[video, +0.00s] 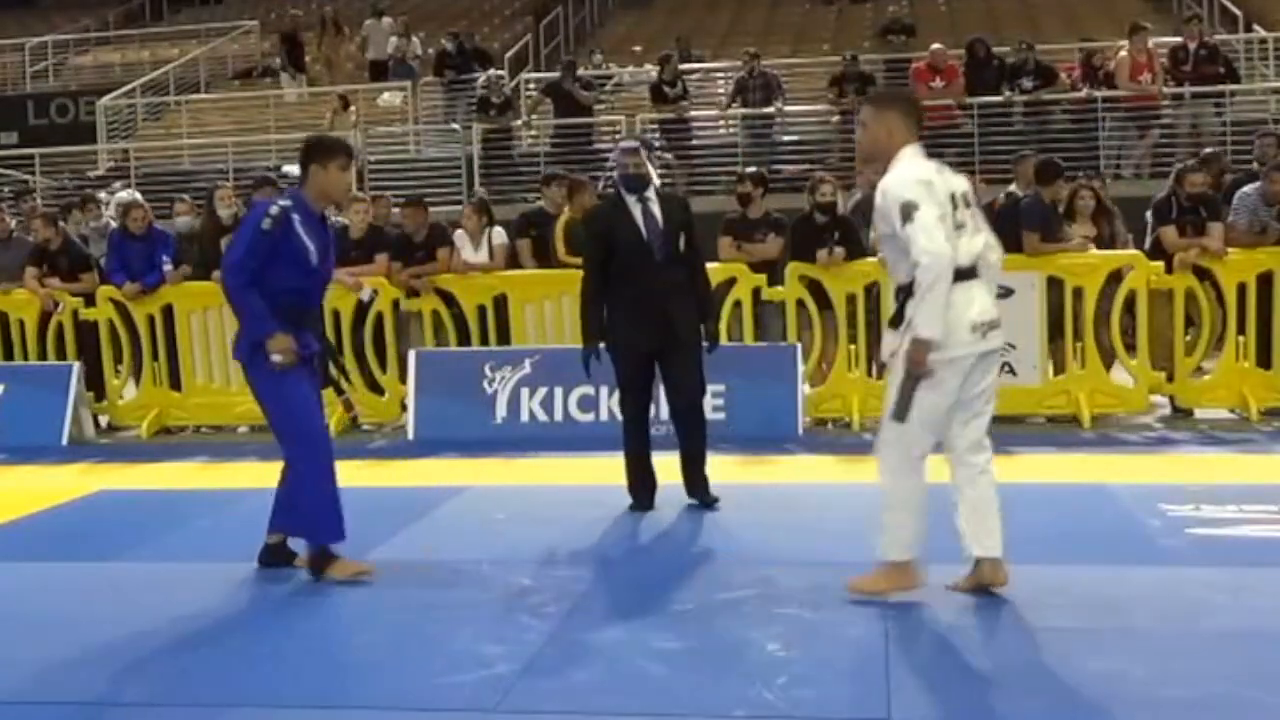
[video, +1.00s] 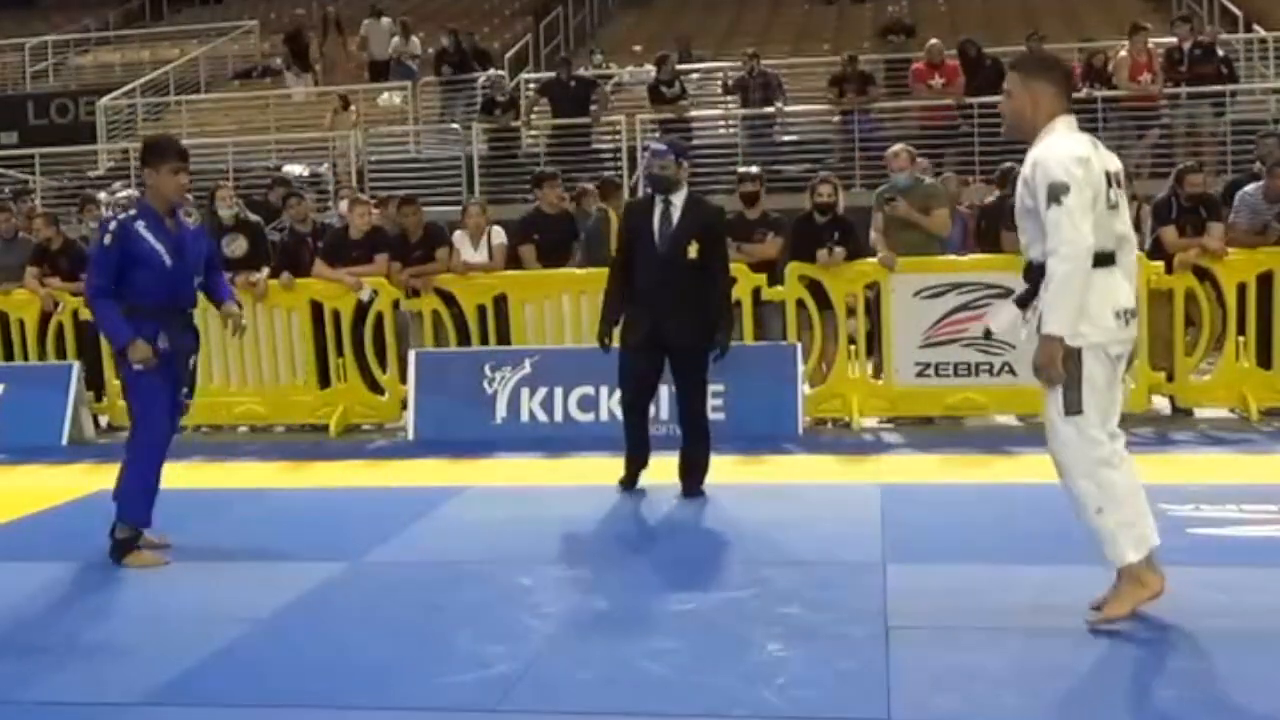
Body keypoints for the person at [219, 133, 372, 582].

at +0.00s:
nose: (351, 180)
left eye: (352, 171)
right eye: (345, 170)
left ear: (326, 173)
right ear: (317, 170)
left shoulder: (322, 227)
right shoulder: (272, 214)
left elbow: (309, 295)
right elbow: (234, 275)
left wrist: (317, 347)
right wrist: (269, 332)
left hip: (305, 345)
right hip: (270, 347)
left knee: (307, 441)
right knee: (310, 440)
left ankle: (276, 541)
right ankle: (322, 551)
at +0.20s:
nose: (304, 172)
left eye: (304, 163)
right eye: (297, 162)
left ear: (281, 166)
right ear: (269, 164)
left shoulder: (282, 223)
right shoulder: (226, 212)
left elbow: (283, 287)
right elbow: (196, 273)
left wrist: (291, 334)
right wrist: (222, 336)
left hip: (276, 345)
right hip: (235, 345)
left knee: (284, 442)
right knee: (236, 438)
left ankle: (275, 542)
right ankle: (192, 526)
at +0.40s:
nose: (252, 183)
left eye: (253, 175)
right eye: (245, 174)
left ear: (240, 178)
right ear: (216, 176)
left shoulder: (247, 230)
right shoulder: (175, 227)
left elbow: (246, 285)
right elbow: (166, 297)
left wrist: (257, 327)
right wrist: (180, 360)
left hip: (230, 354)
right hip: (186, 356)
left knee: (251, 443)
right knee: (165, 447)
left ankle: (268, 540)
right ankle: (126, 533)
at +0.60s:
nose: (212, 183)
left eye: (213, 175)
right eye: (204, 174)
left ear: (203, 177)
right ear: (175, 175)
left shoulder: (207, 231)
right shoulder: (136, 226)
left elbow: (214, 283)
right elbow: (120, 296)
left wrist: (221, 319)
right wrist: (143, 354)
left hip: (197, 343)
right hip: (152, 346)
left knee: (223, 430)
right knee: (141, 441)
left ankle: (219, 535)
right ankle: (124, 540)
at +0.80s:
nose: (185, 180)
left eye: (187, 172)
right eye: (177, 171)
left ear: (187, 176)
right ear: (149, 174)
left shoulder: (195, 222)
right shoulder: (118, 224)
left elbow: (210, 275)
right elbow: (92, 292)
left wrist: (219, 312)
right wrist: (118, 343)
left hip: (183, 339)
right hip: (137, 342)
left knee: (195, 437)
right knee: (132, 438)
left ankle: (150, 514)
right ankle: (122, 541)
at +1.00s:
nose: (187, 181)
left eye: (188, 173)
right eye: (178, 173)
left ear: (181, 177)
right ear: (149, 176)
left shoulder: (189, 226)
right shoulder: (121, 227)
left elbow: (211, 271)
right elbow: (98, 293)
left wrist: (227, 300)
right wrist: (126, 340)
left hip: (181, 335)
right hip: (142, 338)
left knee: (162, 429)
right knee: (153, 428)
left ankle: (132, 518)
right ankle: (126, 534)